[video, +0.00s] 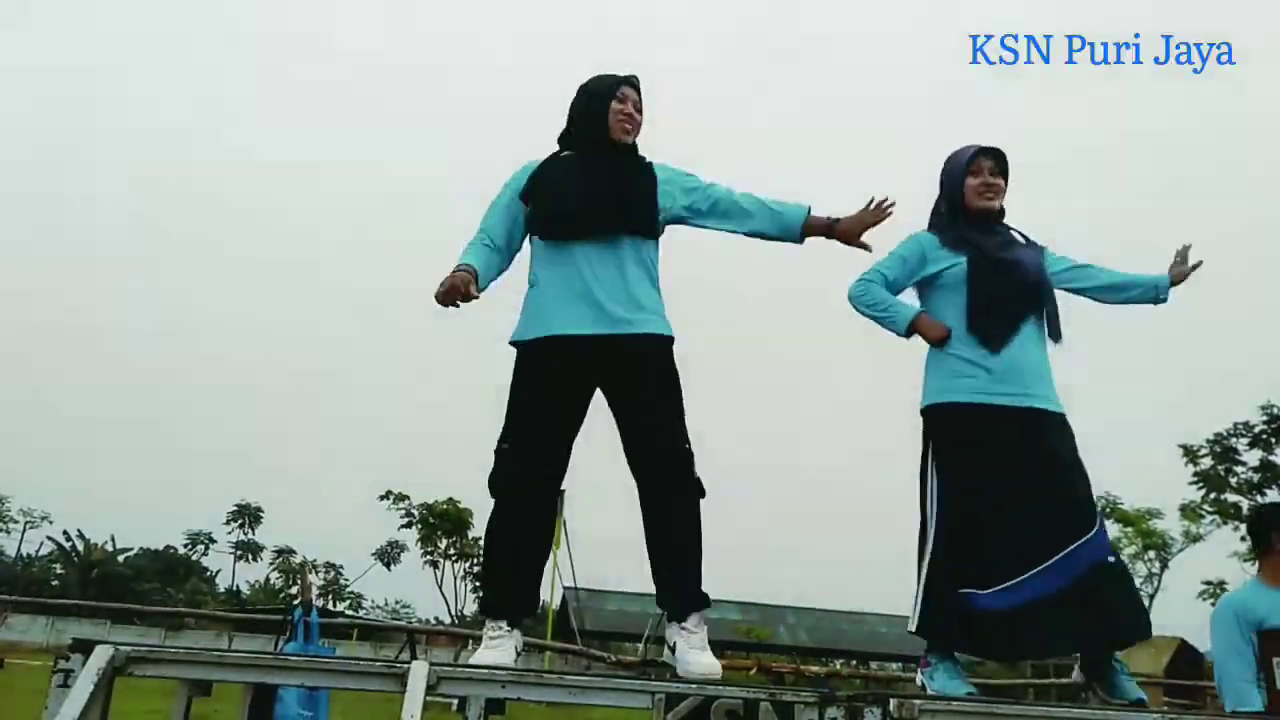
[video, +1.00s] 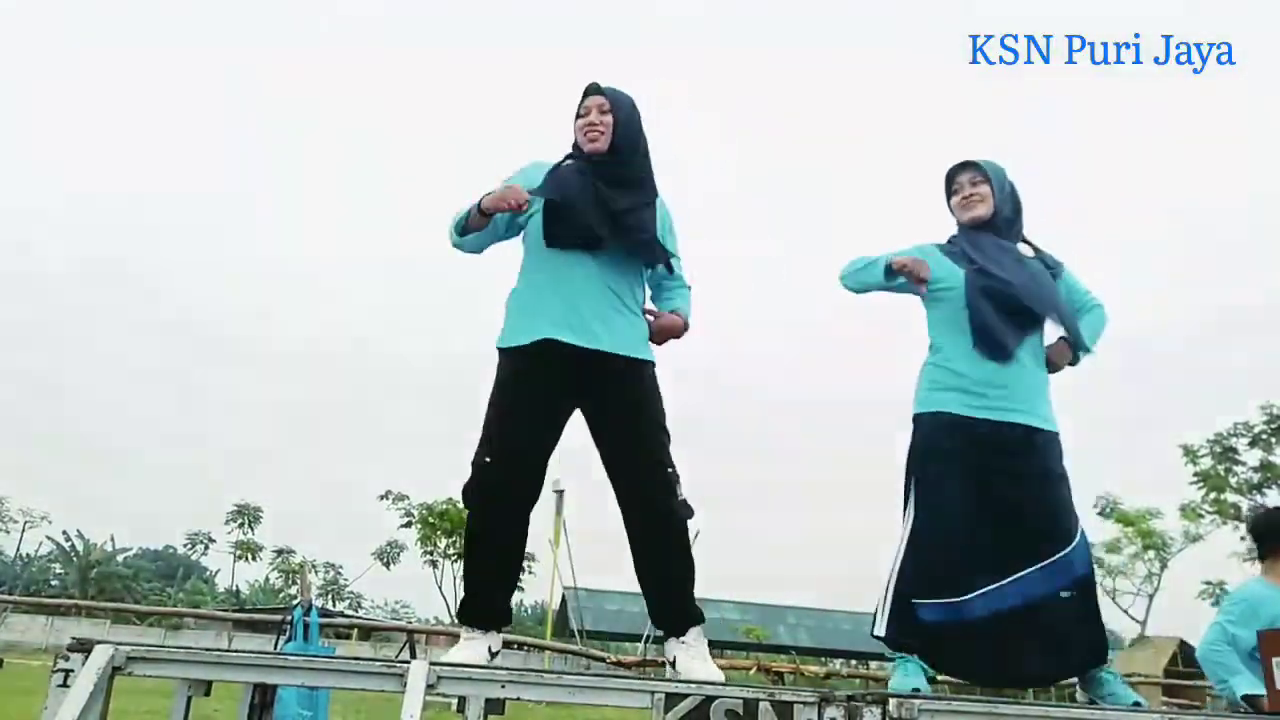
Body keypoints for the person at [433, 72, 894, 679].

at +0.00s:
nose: (631, 111)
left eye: (636, 106)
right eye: (620, 102)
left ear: (638, 124)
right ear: (588, 109)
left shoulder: (653, 179)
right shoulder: (537, 175)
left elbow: (733, 205)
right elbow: (497, 234)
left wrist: (829, 225)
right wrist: (468, 272)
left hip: (637, 338)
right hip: (552, 339)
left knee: (670, 480)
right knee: (524, 481)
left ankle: (686, 625)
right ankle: (502, 624)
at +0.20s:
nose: (650, 122)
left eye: (660, 115)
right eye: (639, 114)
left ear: (675, 127)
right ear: (624, 127)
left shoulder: (706, 196)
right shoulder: (591, 193)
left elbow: (745, 261)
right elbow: (538, 257)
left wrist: (779, 319)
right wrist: (465, 273)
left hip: (688, 362)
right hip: (601, 358)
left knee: (700, 500)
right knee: (550, 476)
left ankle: (699, 642)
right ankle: (517, 619)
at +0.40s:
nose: (658, 123)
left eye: (670, 114)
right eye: (649, 115)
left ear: (693, 125)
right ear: (638, 128)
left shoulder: (719, 192)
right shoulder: (609, 183)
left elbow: (761, 257)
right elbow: (556, 240)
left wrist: (766, 294)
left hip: (701, 343)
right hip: (621, 337)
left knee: (701, 487)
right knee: (609, 447)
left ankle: (698, 638)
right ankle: (617, 604)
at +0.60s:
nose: (644, 136)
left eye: (655, 127)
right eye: (636, 129)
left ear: (682, 138)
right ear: (627, 143)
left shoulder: (713, 217)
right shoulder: (605, 192)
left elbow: (760, 269)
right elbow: (653, 206)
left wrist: (761, 299)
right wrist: (718, 210)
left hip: (700, 361)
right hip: (616, 358)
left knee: (712, 497)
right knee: (591, 474)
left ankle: (698, 638)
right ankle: (625, 617)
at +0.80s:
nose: (630, 116)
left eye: (641, 107)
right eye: (622, 110)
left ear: (666, 119)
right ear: (613, 126)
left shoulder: (694, 188)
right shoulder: (590, 181)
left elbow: (727, 259)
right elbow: (497, 197)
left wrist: (732, 293)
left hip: (673, 337)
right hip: (589, 330)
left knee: (685, 481)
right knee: (537, 449)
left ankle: (695, 635)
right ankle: (520, 605)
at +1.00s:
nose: (593, 120)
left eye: (604, 113)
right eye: (584, 114)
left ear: (628, 126)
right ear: (574, 128)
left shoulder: (649, 200)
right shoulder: (540, 177)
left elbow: (671, 274)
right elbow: (465, 239)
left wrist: (677, 314)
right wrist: (485, 209)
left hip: (621, 354)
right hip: (535, 347)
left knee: (653, 491)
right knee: (499, 485)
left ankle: (684, 635)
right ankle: (481, 628)